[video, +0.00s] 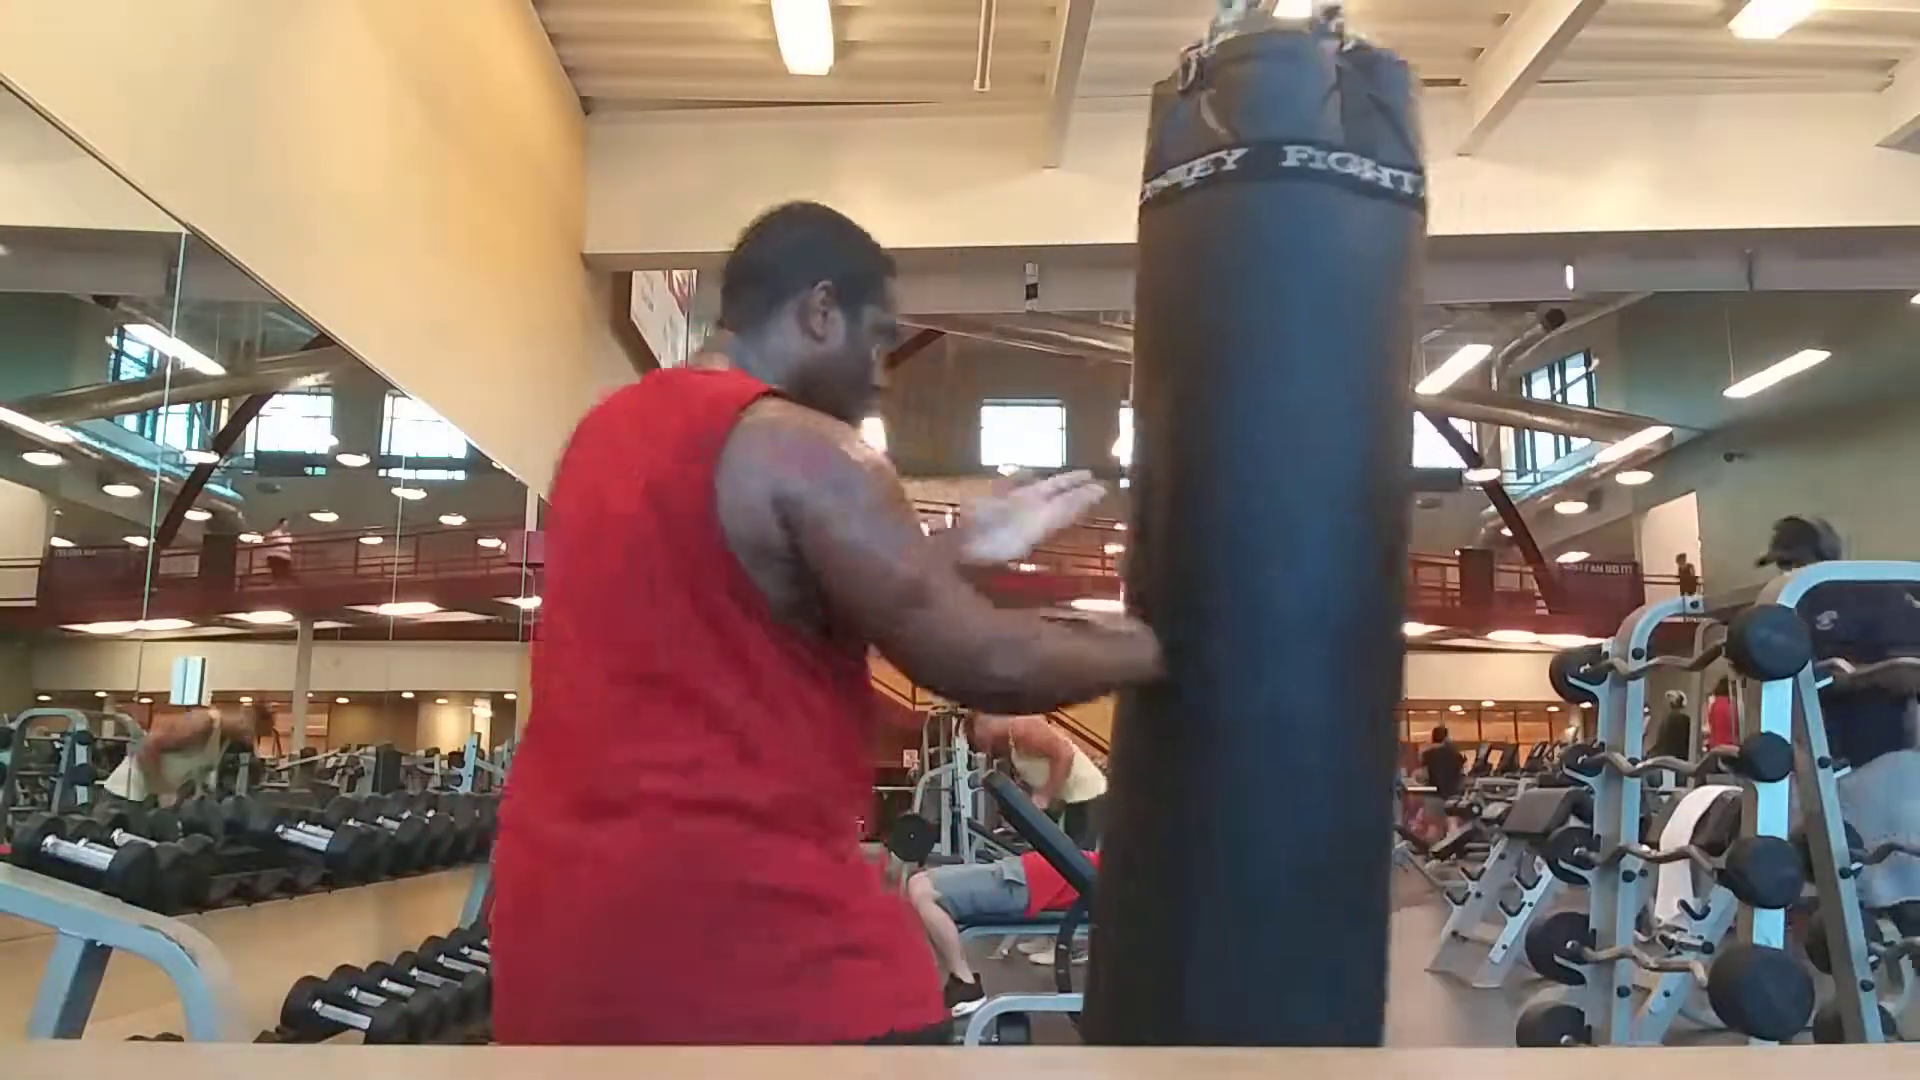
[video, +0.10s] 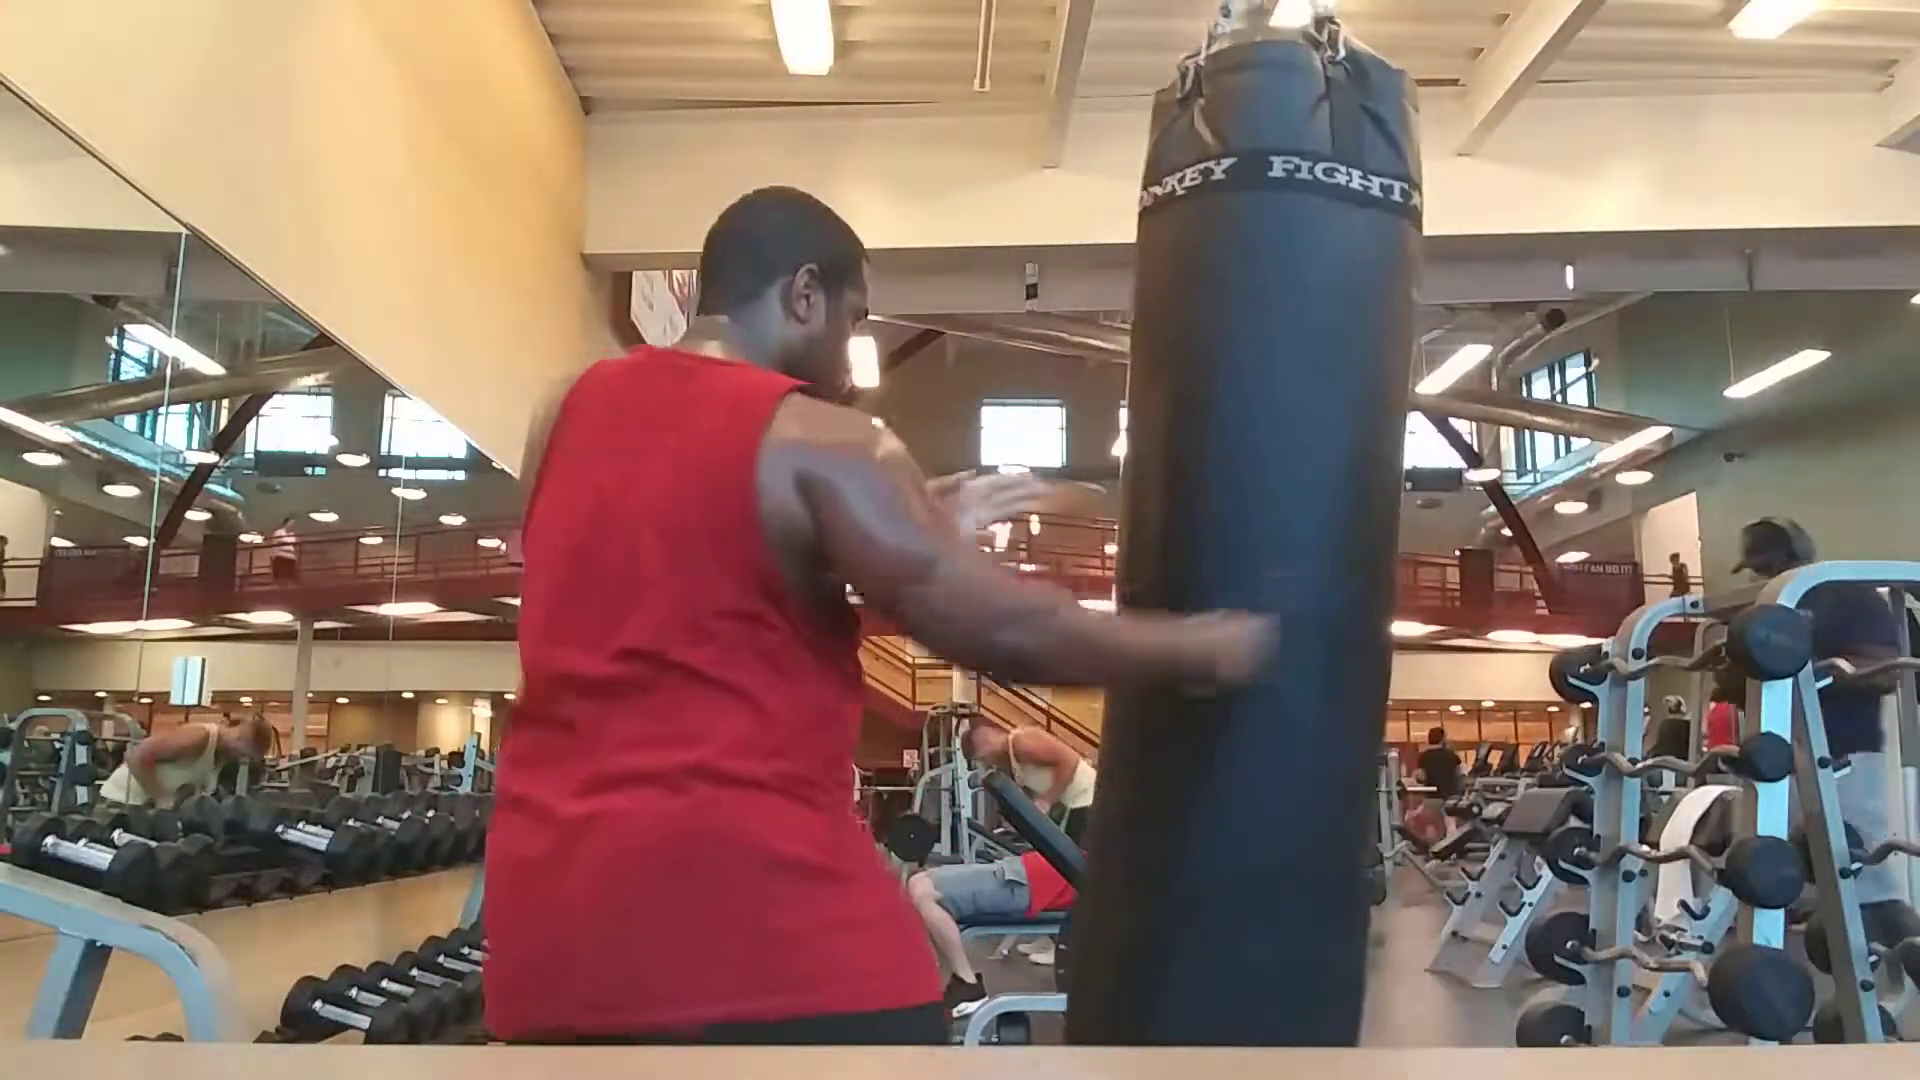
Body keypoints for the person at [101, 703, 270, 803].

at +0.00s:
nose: (248, 737)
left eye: (252, 734)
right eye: (250, 731)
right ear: (242, 718)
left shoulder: (220, 738)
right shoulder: (203, 724)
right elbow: (148, 746)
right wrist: (162, 791)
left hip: (145, 799)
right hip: (122, 795)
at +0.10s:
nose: (240, 756)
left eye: (246, 755)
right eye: (243, 751)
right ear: (240, 733)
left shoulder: (221, 754)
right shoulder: (199, 737)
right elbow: (138, 756)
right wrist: (159, 796)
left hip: (151, 807)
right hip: (121, 801)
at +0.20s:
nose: (234, 768)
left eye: (241, 767)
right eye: (237, 762)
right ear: (235, 747)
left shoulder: (220, 764)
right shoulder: (197, 746)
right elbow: (135, 763)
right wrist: (156, 802)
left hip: (149, 811)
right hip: (119, 803)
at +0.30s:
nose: (232, 776)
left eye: (238, 775)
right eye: (234, 770)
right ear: (232, 757)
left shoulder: (216, 770)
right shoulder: (191, 756)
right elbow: (127, 772)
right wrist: (155, 810)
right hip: (118, 807)